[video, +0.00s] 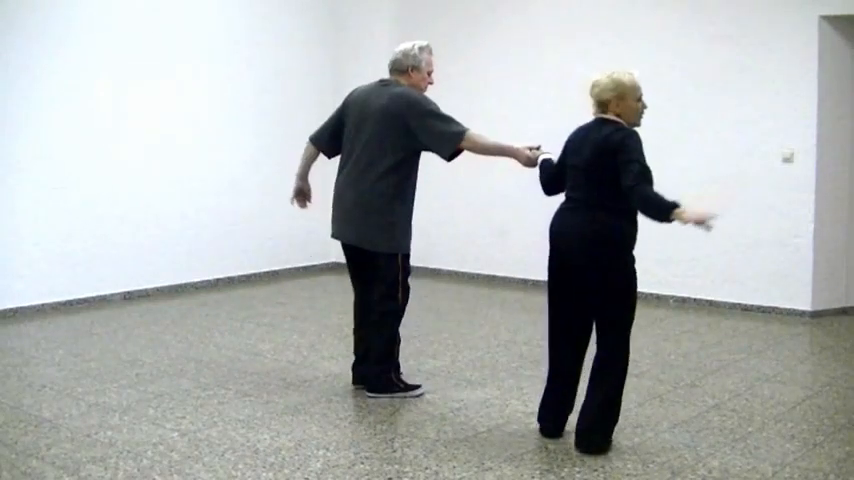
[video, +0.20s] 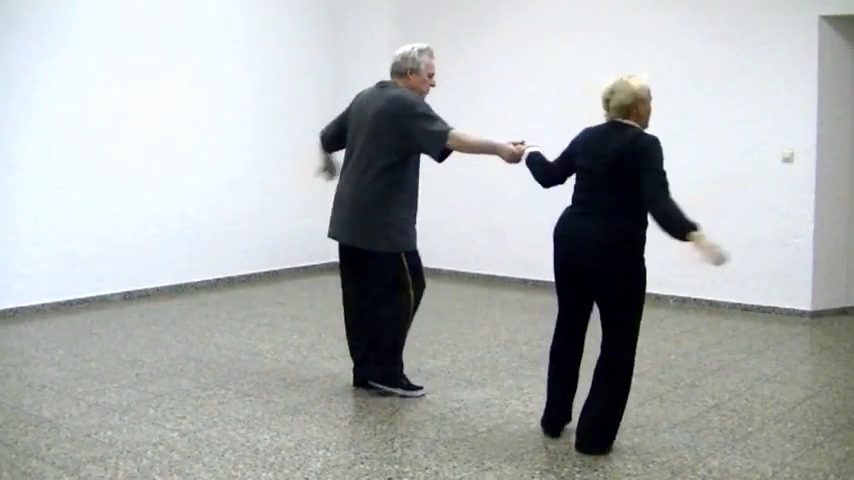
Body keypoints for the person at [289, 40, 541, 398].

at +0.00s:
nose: (431, 80)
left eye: (432, 73)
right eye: (428, 73)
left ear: (399, 71)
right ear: (411, 70)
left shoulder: (360, 96)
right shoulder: (411, 103)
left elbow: (317, 141)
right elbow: (465, 140)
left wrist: (301, 178)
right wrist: (516, 151)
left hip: (349, 218)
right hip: (384, 223)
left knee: (368, 295)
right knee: (391, 297)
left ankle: (366, 371)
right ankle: (382, 378)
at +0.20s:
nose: (433, 82)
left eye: (433, 75)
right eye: (429, 75)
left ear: (403, 74)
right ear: (410, 74)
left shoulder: (366, 99)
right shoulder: (408, 105)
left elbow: (327, 139)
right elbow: (452, 140)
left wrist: (328, 165)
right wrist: (499, 148)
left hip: (350, 219)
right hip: (385, 223)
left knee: (361, 294)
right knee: (409, 286)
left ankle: (365, 371)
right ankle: (386, 372)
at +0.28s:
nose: (436, 82)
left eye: (436, 75)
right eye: (431, 74)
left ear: (405, 74)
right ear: (411, 73)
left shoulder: (375, 98)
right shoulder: (403, 103)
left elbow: (347, 140)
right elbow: (435, 145)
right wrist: (487, 151)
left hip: (360, 217)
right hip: (389, 221)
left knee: (369, 292)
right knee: (419, 285)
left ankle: (368, 369)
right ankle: (402, 369)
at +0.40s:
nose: (443, 82)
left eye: (444, 75)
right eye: (438, 74)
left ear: (417, 75)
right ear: (414, 73)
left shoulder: (408, 102)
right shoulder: (400, 103)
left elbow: (418, 153)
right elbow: (415, 155)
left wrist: (459, 165)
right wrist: (466, 162)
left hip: (395, 219)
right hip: (394, 221)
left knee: (385, 296)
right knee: (427, 288)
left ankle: (367, 369)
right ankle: (446, 373)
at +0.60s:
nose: (467, 82)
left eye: (468, 75)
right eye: (461, 75)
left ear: (450, 77)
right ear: (436, 76)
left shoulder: (448, 108)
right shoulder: (415, 111)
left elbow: (454, 160)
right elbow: (401, 170)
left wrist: (488, 174)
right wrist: (441, 189)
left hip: (445, 227)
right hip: (423, 231)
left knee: (425, 298)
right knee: (457, 298)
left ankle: (381, 352)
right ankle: (479, 382)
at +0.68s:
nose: (480, 80)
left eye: (480, 74)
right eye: (473, 75)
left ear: (468, 75)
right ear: (448, 76)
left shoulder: (465, 107)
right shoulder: (425, 111)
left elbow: (470, 161)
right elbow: (404, 171)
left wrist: (486, 185)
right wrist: (436, 198)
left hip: (467, 225)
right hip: (436, 230)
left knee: (465, 300)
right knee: (463, 306)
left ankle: (407, 337)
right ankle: (480, 383)